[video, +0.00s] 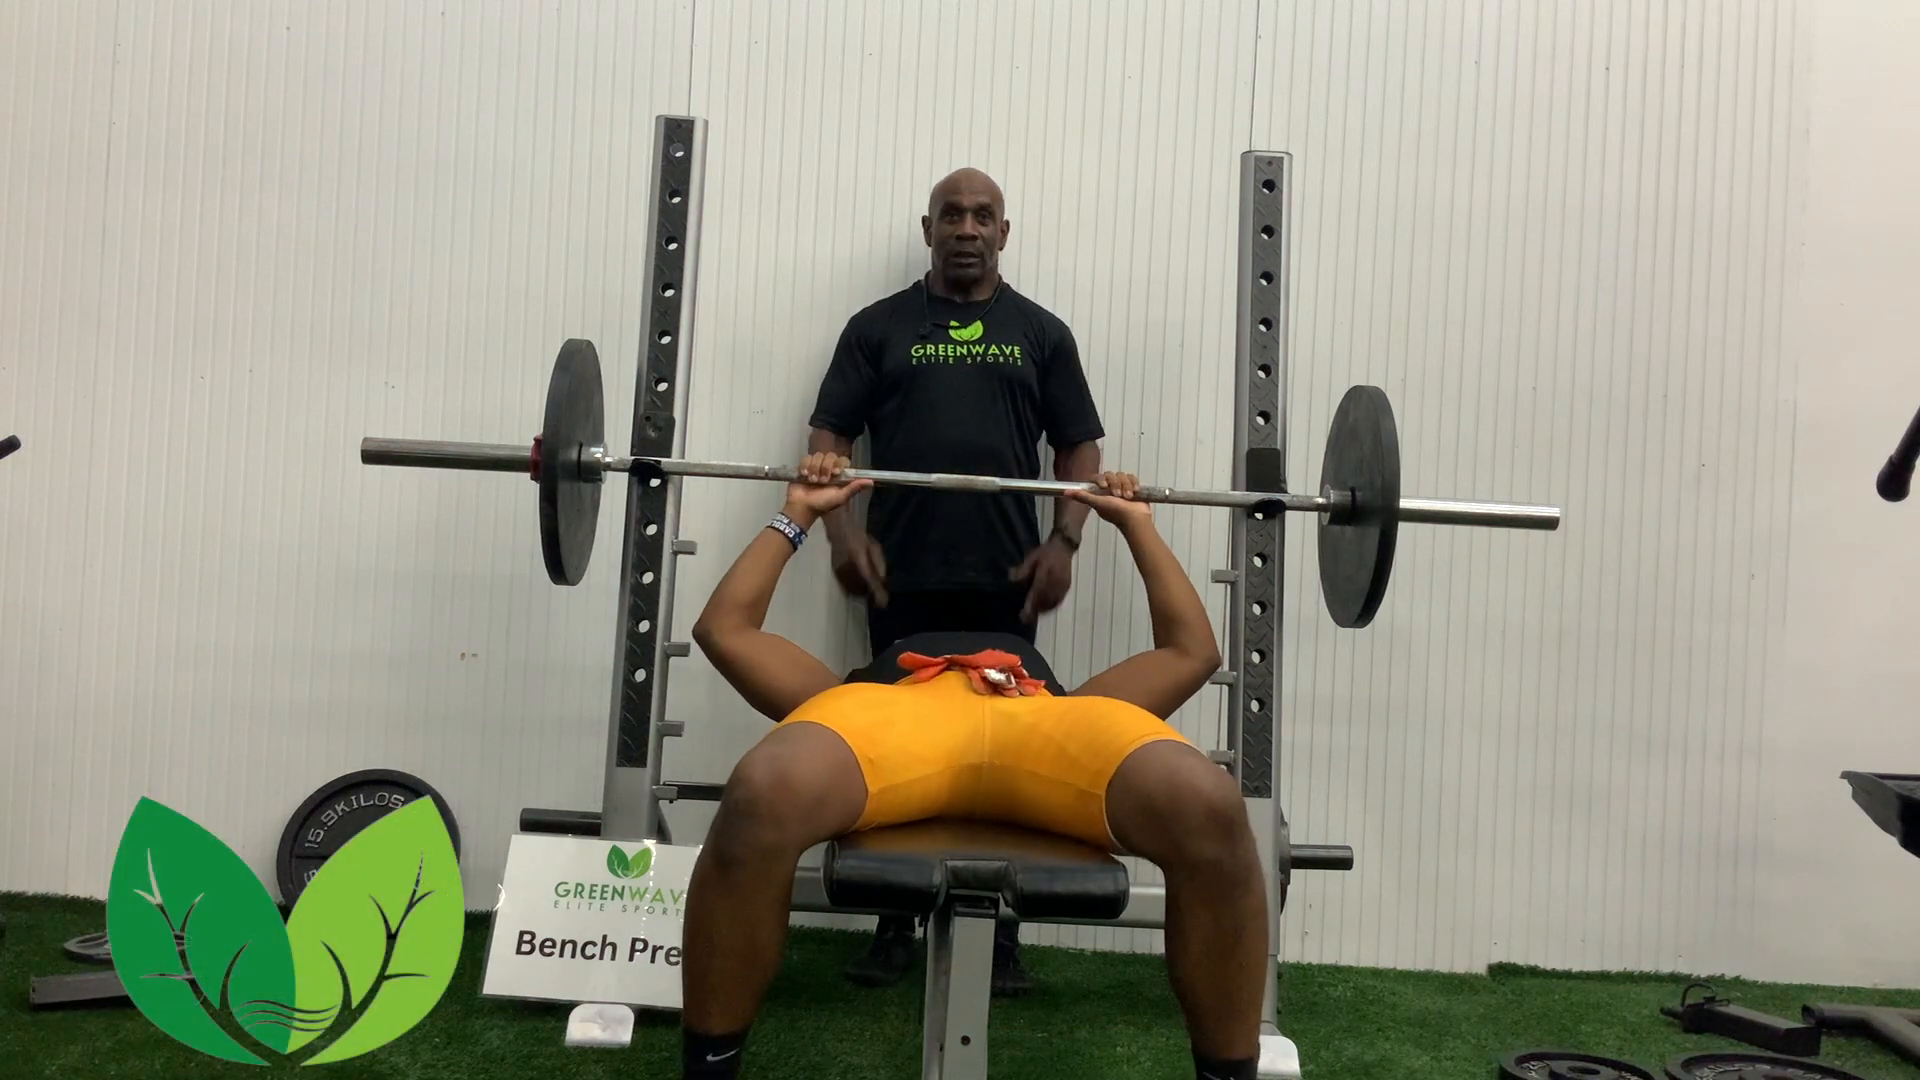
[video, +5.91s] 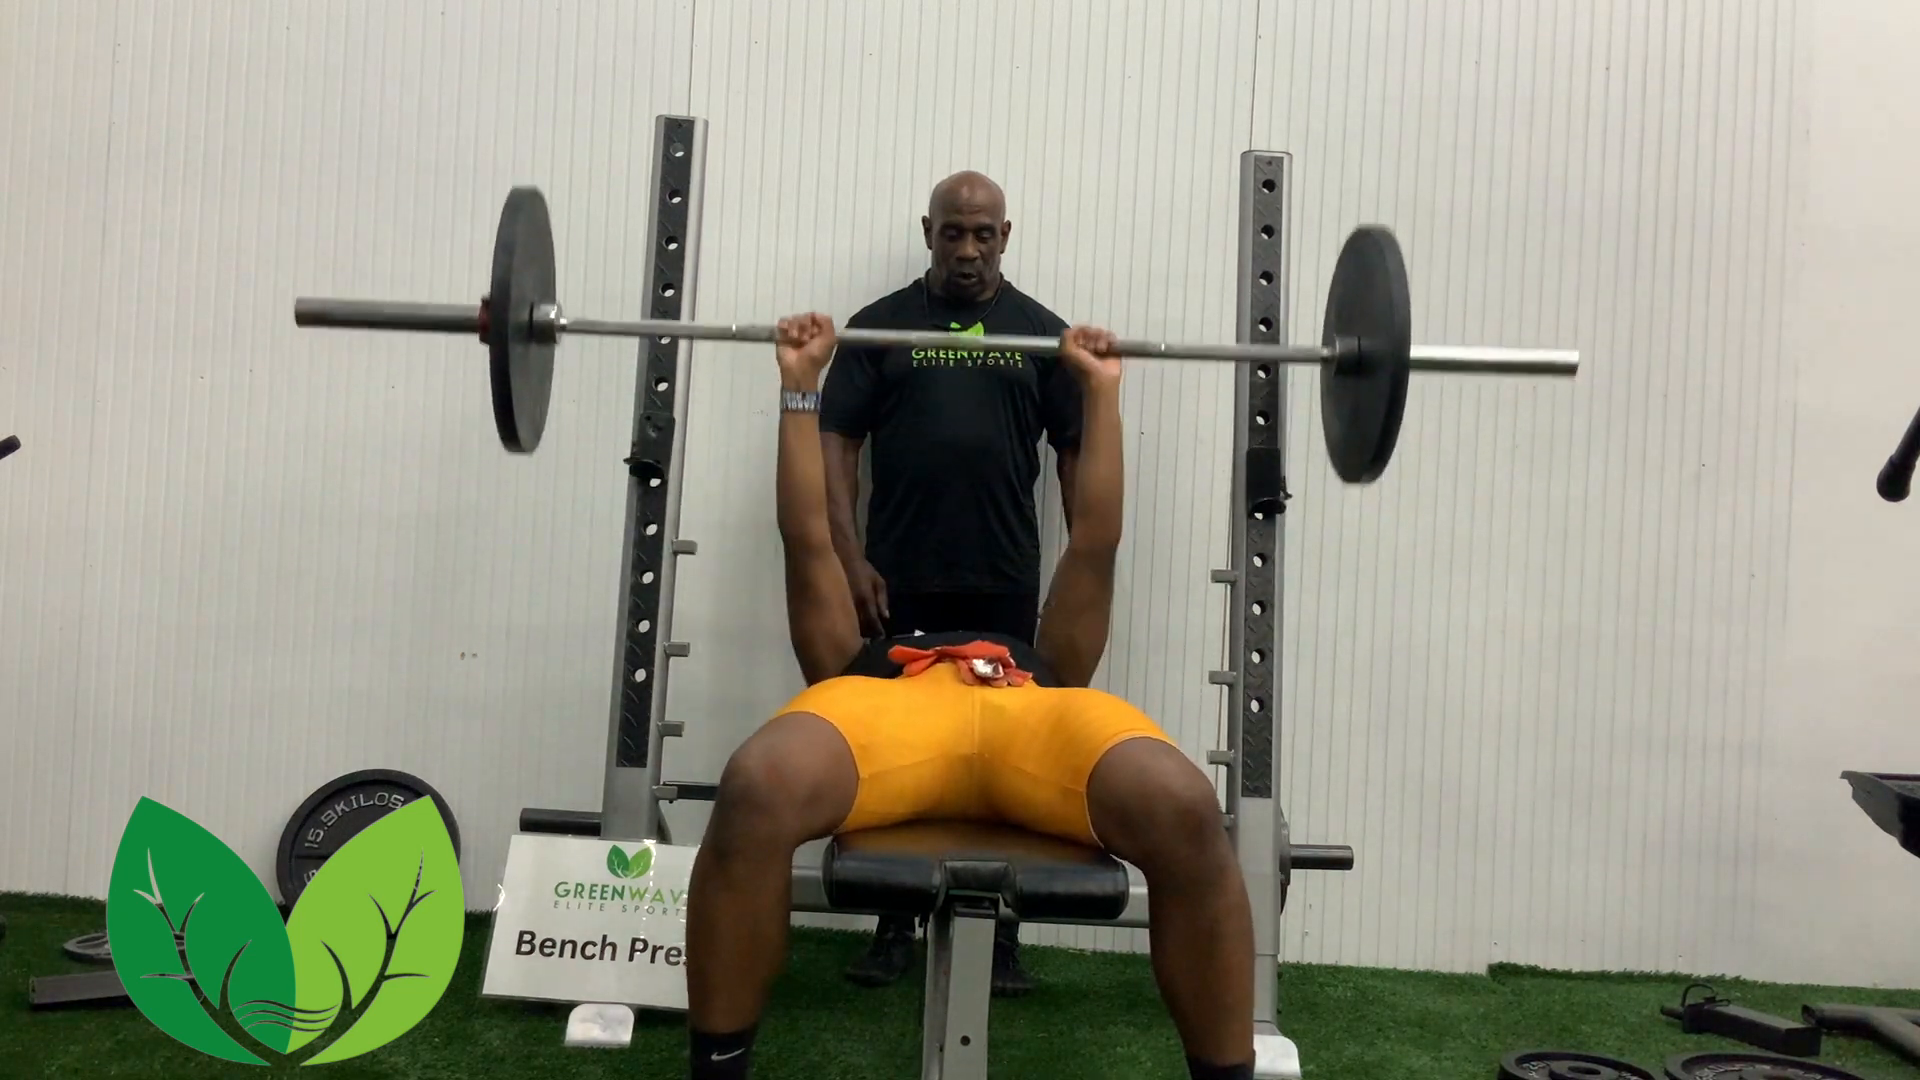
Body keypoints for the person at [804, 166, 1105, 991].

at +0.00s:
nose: (968, 229)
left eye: (983, 216)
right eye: (953, 216)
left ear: (1005, 231)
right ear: (928, 230)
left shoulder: (1042, 335)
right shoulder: (877, 329)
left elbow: (1078, 451)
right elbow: (828, 441)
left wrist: (1063, 541)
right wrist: (844, 530)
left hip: (1005, 584)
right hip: (900, 582)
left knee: (1014, 750)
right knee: (893, 749)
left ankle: (1000, 926)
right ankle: (897, 919)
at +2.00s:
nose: (972, 248)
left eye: (987, 234)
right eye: (956, 233)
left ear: (1006, 238)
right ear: (927, 236)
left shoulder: (1041, 335)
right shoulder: (876, 332)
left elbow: (1078, 457)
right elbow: (833, 456)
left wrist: (1082, 558)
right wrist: (849, 561)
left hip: (1007, 583)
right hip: (903, 580)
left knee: (1013, 750)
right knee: (892, 747)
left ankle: (1000, 930)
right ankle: (896, 922)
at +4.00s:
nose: (967, 248)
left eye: (983, 235)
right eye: (952, 233)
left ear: (1005, 239)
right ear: (926, 237)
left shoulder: (1042, 336)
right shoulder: (877, 330)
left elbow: (1078, 455)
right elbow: (836, 445)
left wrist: (1083, 563)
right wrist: (844, 556)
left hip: (1006, 590)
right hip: (900, 585)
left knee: (1011, 759)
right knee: (889, 754)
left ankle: (1000, 931)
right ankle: (894, 924)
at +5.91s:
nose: (968, 250)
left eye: (985, 235)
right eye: (954, 233)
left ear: (1006, 241)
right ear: (927, 234)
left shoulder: (1045, 338)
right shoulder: (878, 328)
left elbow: (1072, 464)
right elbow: (837, 447)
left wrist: (1086, 554)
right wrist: (850, 556)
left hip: (1006, 578)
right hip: (898, 577)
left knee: (1015, 747)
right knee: (885, 742)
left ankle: (1002, 926)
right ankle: (895, 920)